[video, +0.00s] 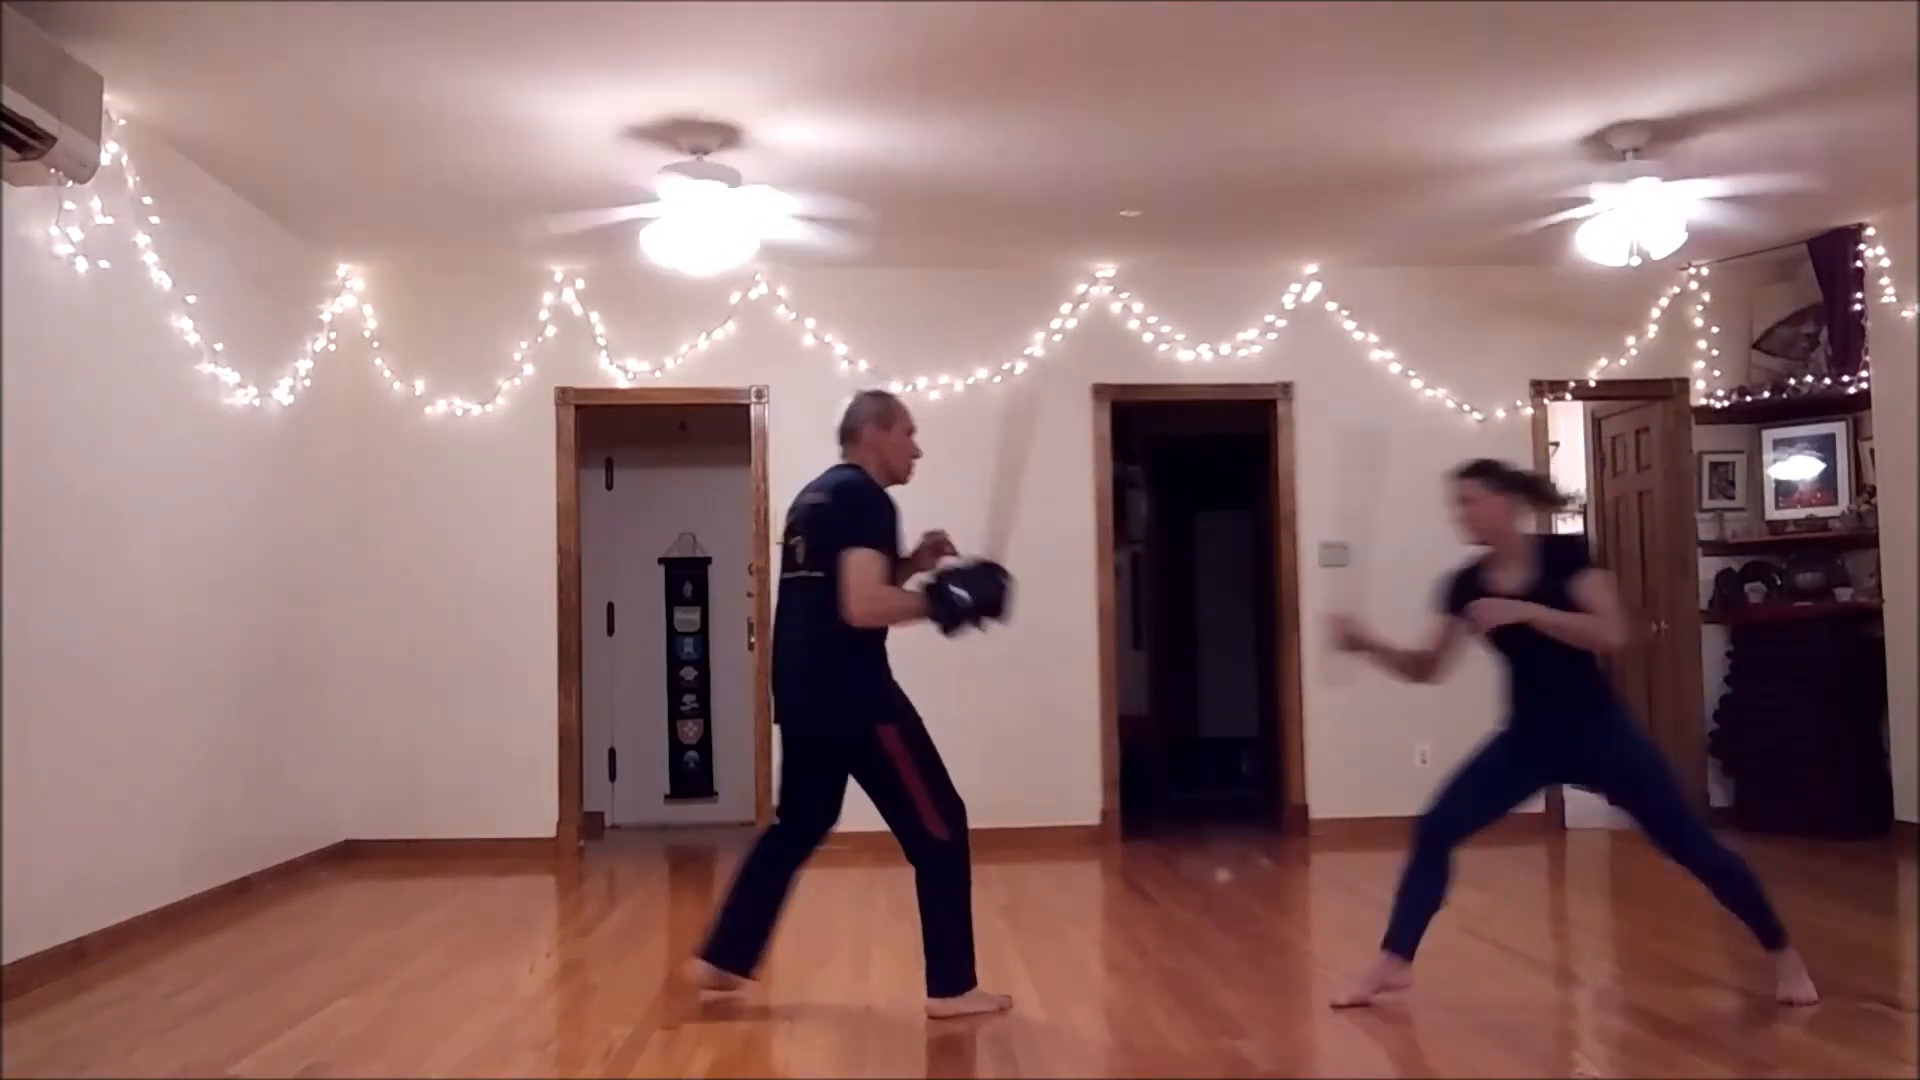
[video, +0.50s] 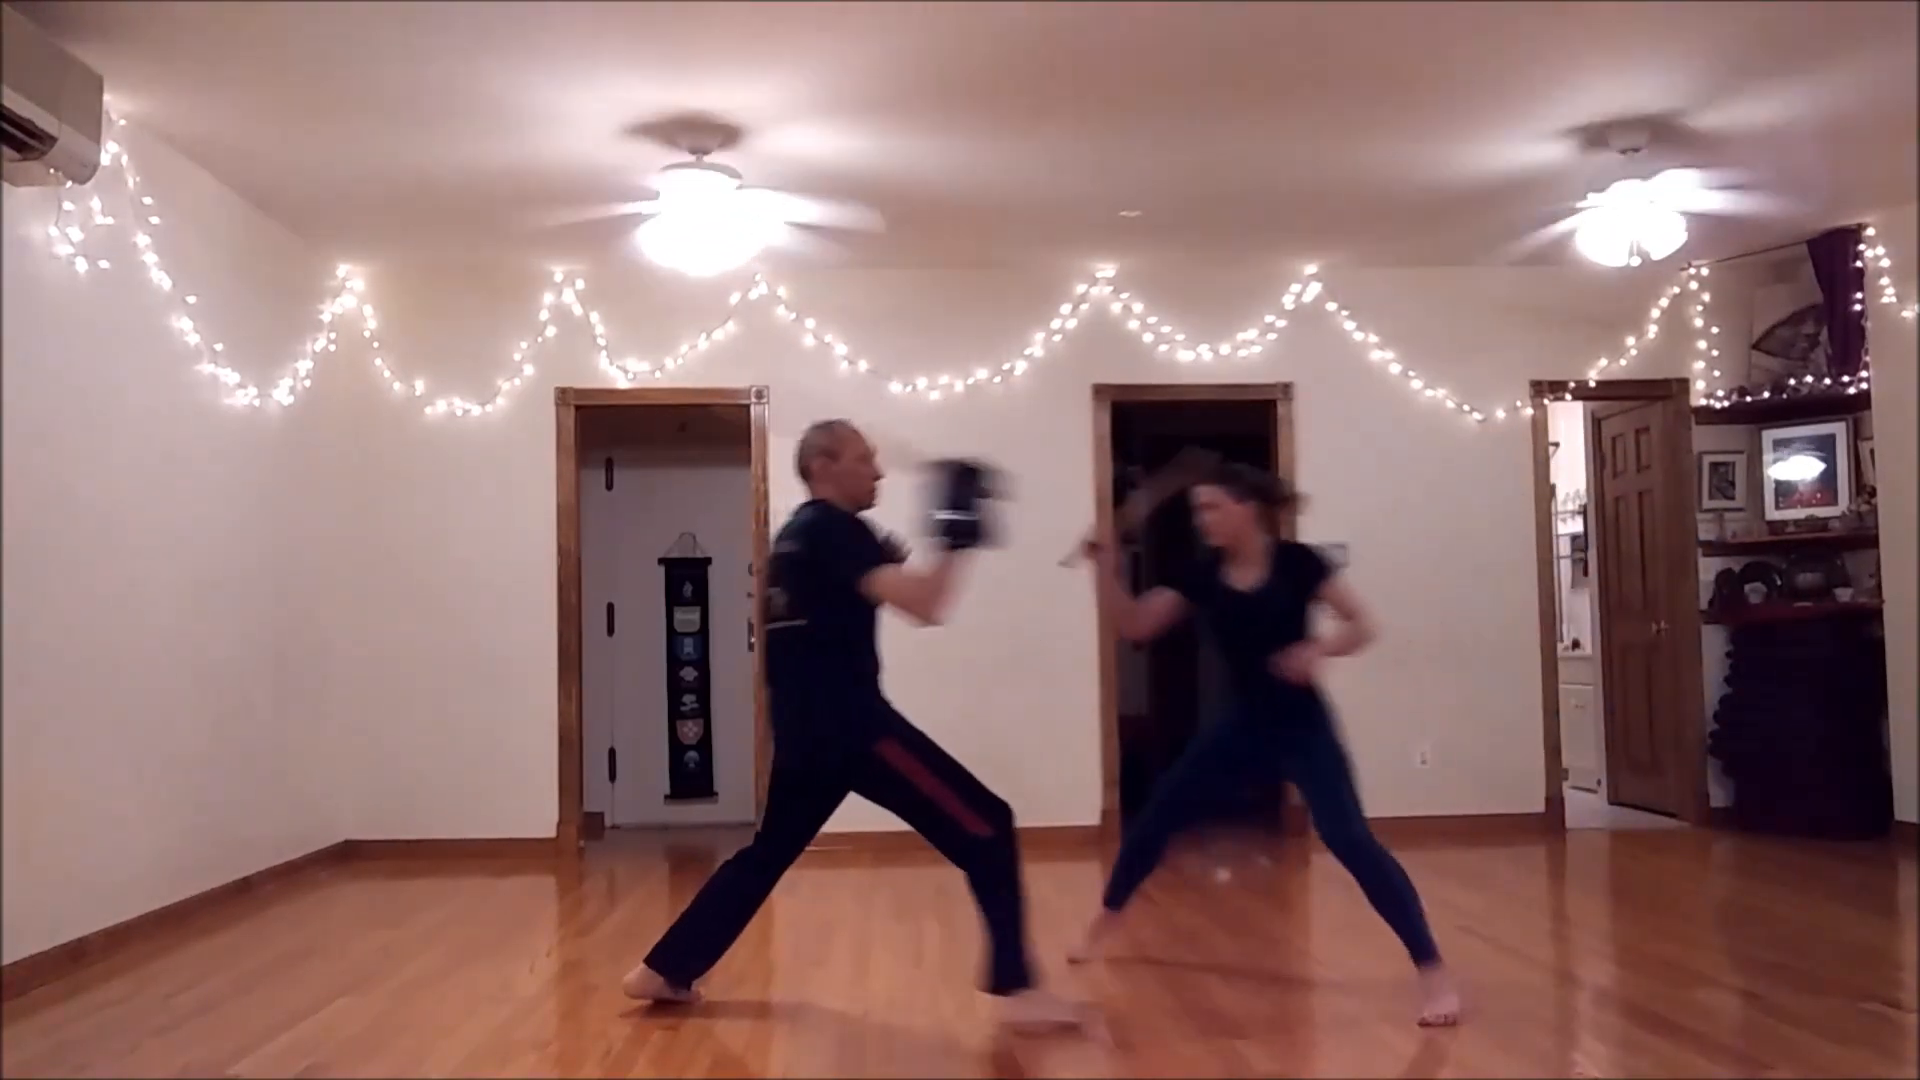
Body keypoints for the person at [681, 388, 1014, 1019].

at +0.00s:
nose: (917, 446)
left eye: (914, 434)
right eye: (907, 433)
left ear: (863, 436)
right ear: (872, 434)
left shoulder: (815, 496)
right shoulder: (864, 498)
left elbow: (838, 590)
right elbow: (865, 605)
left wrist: (911, 563)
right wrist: (942, 598)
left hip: (804, 695)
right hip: (858, 694)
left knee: (801, 822)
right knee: (939, 828)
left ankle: (722, 959)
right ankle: (952, 987)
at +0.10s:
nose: (881, 451)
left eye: (878, 439)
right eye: (871, 438)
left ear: (831, 443)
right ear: (833, 441)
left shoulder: (806, 500)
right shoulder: (820, 499)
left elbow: (823, 586)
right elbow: (806, 592)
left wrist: (893, 557)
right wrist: (885, 571)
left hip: (795, 701)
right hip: (841, 697)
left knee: (755, 830)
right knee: (939, 818)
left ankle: (671, 963)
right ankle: (945, 979)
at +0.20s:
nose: (849, 471)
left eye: (847, 459)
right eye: (841, 458)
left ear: (799, 460)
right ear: (808, 458)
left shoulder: (798, 526)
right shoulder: (787, 512)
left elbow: (826, 635)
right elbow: (769, 594)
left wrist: (870, 589)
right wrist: (838, 543)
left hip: (790, 714)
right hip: (825, 707)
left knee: (762, 843)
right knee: (936, 813)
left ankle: (662, 975)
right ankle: (901, 966)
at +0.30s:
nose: (840, 468)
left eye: (838, 459)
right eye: (830, 458)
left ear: (787, 472)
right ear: (798, 468)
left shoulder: (775, 532)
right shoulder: (777, 522)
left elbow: (781, 632)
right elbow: (769, 597)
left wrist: (845, 627)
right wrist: (821, 525)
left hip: (788, 721)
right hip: (820, 716)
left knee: (769, 856)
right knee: (942, 818)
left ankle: (664, 970)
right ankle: (901, 968)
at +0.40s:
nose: (846, 466)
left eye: (843, 456)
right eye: (835, 456)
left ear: (798, 471)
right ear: (802, 468)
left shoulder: (781, 533)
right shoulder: (796, 526)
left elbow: (799, 629)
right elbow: (828, 605)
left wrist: (858, 613)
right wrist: (854, 530)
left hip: (796, 728)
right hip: (832, 724)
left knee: (773, 855)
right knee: (962, 816)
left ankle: (667, 968)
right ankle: (941, 974)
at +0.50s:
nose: (876, 467)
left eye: (873, 456)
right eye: (864, 458)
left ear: (823, 470)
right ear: (824, 468)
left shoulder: (805, 533)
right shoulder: (829, 532)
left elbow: (917, 601)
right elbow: (923, 599)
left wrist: (955, 532)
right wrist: (959, 525)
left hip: (810, 733)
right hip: (853, 727)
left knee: (770, 850)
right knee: (986, 826)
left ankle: (664, 971)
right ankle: (1016, 989)